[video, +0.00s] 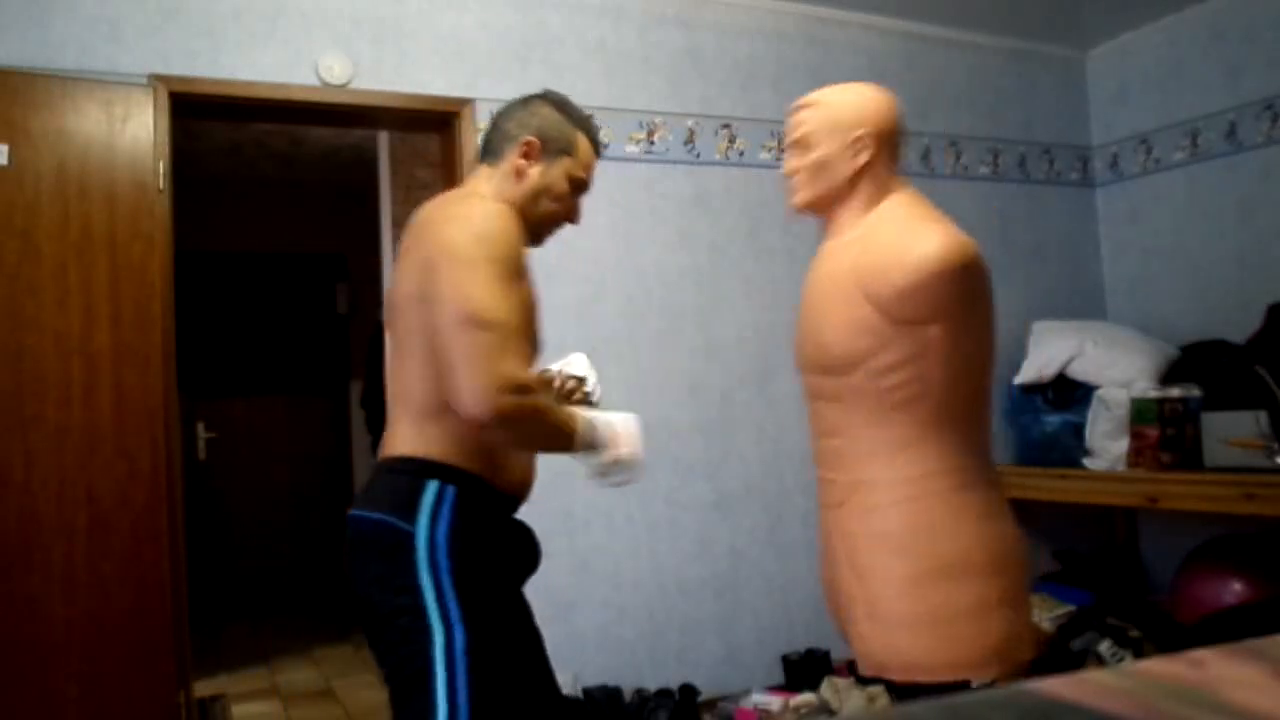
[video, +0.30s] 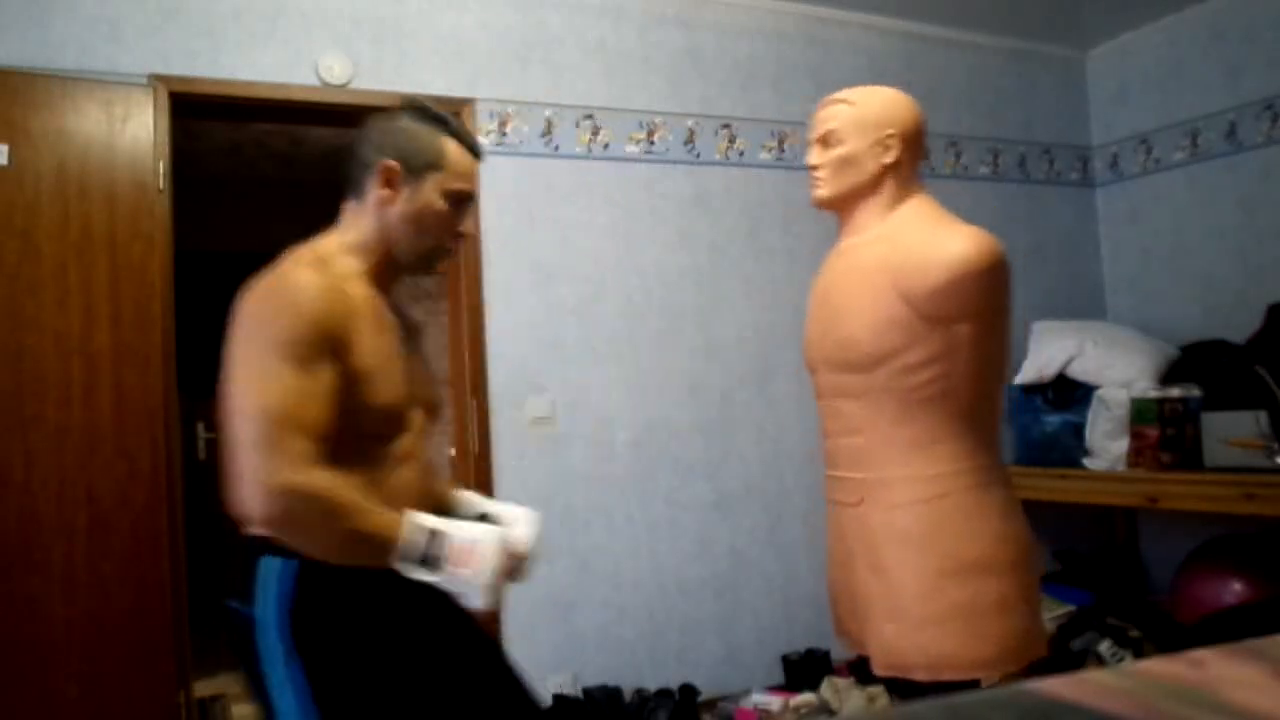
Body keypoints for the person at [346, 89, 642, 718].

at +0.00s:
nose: (576, 212)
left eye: (582, 193)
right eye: (575, 185)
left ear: (524, 160)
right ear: (527, 158)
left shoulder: (445, 220)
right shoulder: (475, 222)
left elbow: (445, 387)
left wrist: (537, 389)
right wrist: (590, 433)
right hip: (438, 522)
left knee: (521, 706)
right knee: (474, 708)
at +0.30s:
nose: (465, 226)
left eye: (468, 206)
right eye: (455, 201)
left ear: (393, 187)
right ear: (389, 184)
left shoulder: (380, 304)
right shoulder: (295, 294)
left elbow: (391, 467)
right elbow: (270, 490)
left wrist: (471, 511)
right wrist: (431, 545)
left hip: (397, 595)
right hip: (325, 604)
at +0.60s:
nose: (372, 143)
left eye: (378, 123)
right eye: (358, 114)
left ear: (289, 99)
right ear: (284, 94)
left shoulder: (336, 230)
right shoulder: (160, 192)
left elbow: (316, 365)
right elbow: (46, 354)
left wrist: (361, 433)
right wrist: (217, 426)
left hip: (327, 516)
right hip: (214, 521)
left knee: (354, 710)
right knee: (222, 713)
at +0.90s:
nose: (307, 136)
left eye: (313, 116)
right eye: (289, 106)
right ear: (209, 87)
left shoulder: (297, 231)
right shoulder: (81, 200)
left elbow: (295, 360)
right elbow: (8, 376)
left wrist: (336, 398)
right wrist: (173, 406)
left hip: (265, 537)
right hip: (125, 537)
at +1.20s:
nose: (243, 174)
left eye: (249, 151)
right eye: (222, 143)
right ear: (136, 118)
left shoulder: (242, 259)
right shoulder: (15, 239)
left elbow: (319, 431)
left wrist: (320, 364)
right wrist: (21, 402)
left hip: (198, 577)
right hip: (47, 566)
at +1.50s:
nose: (303, 202)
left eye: (308, 181)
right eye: (286, 170)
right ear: (208, 142)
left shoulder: (261, 283)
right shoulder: (73, 250)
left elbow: (325, 409)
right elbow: (66, 438)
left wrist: (385, 321)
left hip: (219, 596)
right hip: (82, 600)